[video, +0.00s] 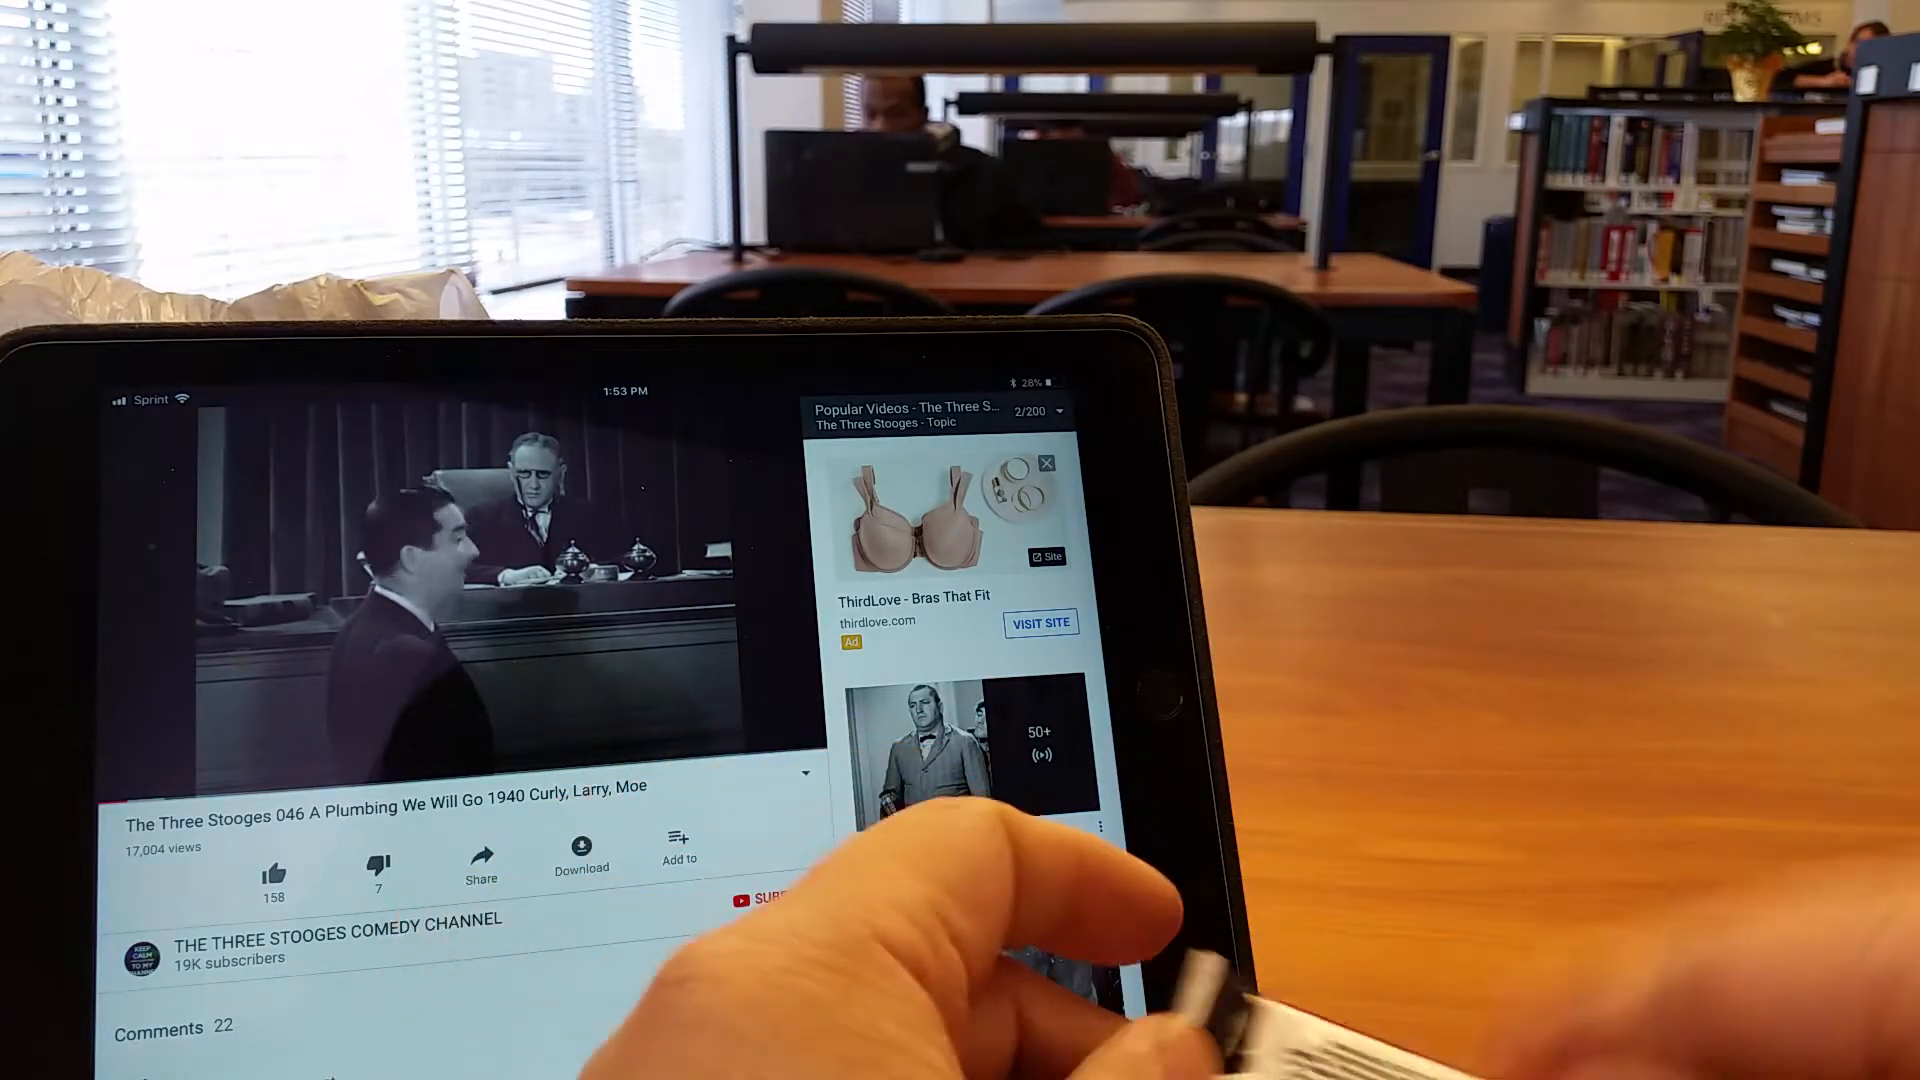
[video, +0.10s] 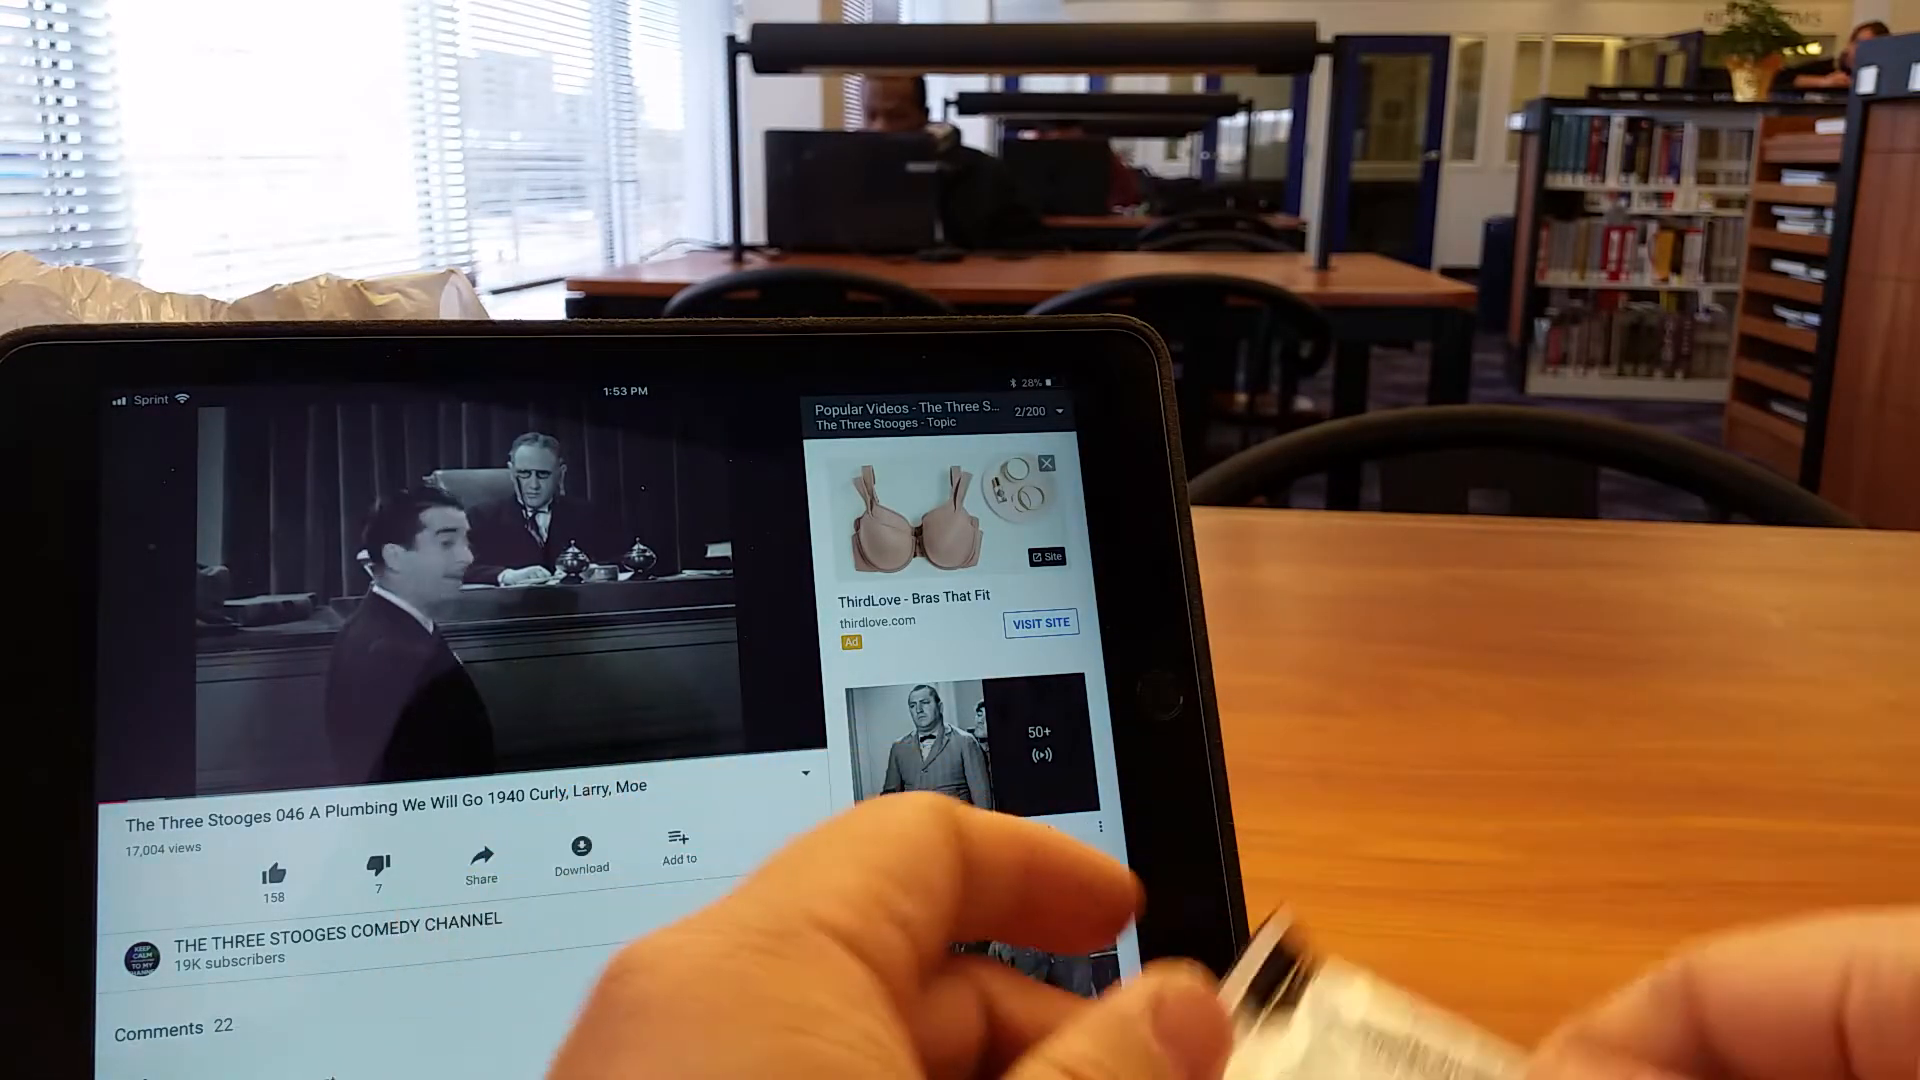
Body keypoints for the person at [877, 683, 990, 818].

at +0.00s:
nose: (919, 710)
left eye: (925, 703)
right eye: (913, 705)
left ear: (939, 706)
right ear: (910, 712)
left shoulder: (965, 743)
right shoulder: (899, 749)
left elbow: (982, 797)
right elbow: (891, 793)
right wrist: (888, 801)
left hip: (958, 824)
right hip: (915, 826)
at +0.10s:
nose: (919, 710)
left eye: (925, 703)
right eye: (913, 706)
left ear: (939, 707)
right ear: (909, 711)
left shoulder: (964, 743)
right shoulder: (899, 749)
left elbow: (981, 795)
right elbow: (890, 796)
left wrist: (982, 835)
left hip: (955, 823)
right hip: (913, 826)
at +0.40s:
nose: (919, 709)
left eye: (925, 703)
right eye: (913, 705)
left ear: (939, 706)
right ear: (909, 711)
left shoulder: (964, 742)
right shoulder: (899, 748)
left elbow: (981, 796)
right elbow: (890, 794)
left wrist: (979, 835)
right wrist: (887, 839)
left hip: (955, 833)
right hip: (910, 836)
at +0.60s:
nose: (919, 710)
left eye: (925, 703)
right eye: (913, 705)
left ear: (939, 707)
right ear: (909, 711)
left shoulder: (964, 742)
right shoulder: (899, 748)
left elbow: (981, 795)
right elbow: (890, 796)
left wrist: (979, 835)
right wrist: (886, 838)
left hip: (955, 831)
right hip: (910, 835)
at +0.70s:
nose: (919, 710)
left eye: (925, 703)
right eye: (913, 705)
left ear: (939, 707)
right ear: (909, 711)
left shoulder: (964, 742)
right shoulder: (899, 748)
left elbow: (981, 795)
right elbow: (890, 796)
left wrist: (979, 835)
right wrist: (886, 838)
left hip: (955, 831)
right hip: (910, 835)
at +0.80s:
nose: (919, 710)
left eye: (925, 703)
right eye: (913, 705)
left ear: (939, 707)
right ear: (909, 711)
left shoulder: (964, 742)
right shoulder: (899, 748)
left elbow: (981, 795)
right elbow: (890, 796)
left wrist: (979, 835)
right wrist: (886, 838)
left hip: (955, 831)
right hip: (910, 835)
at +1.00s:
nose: (919, 710)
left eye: (925, 703)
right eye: (913, 705)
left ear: (939, 707)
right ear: (909, 711)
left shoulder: (964, 742)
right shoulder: (899, 748)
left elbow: (981, 795)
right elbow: (890, 796)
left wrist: (979, 835)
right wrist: (886, 838)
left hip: (955, 831)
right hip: (910, 835)